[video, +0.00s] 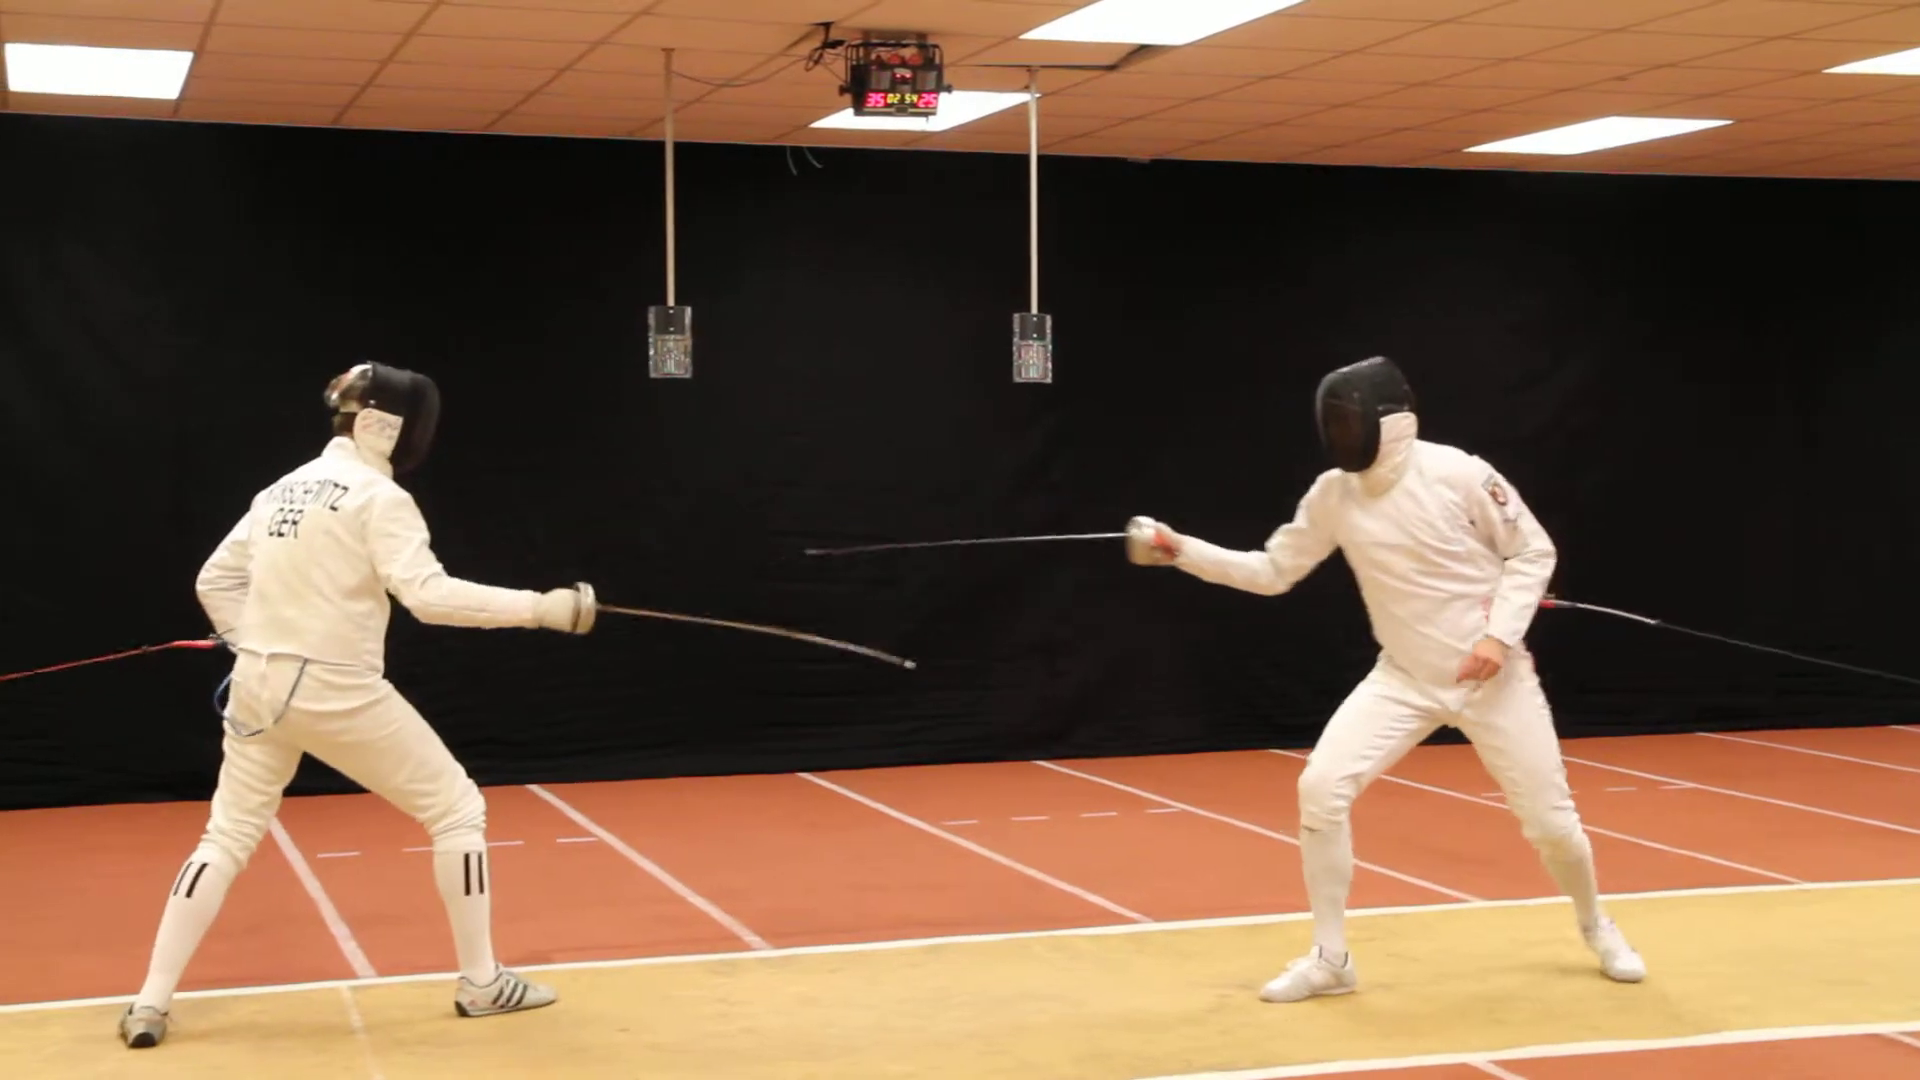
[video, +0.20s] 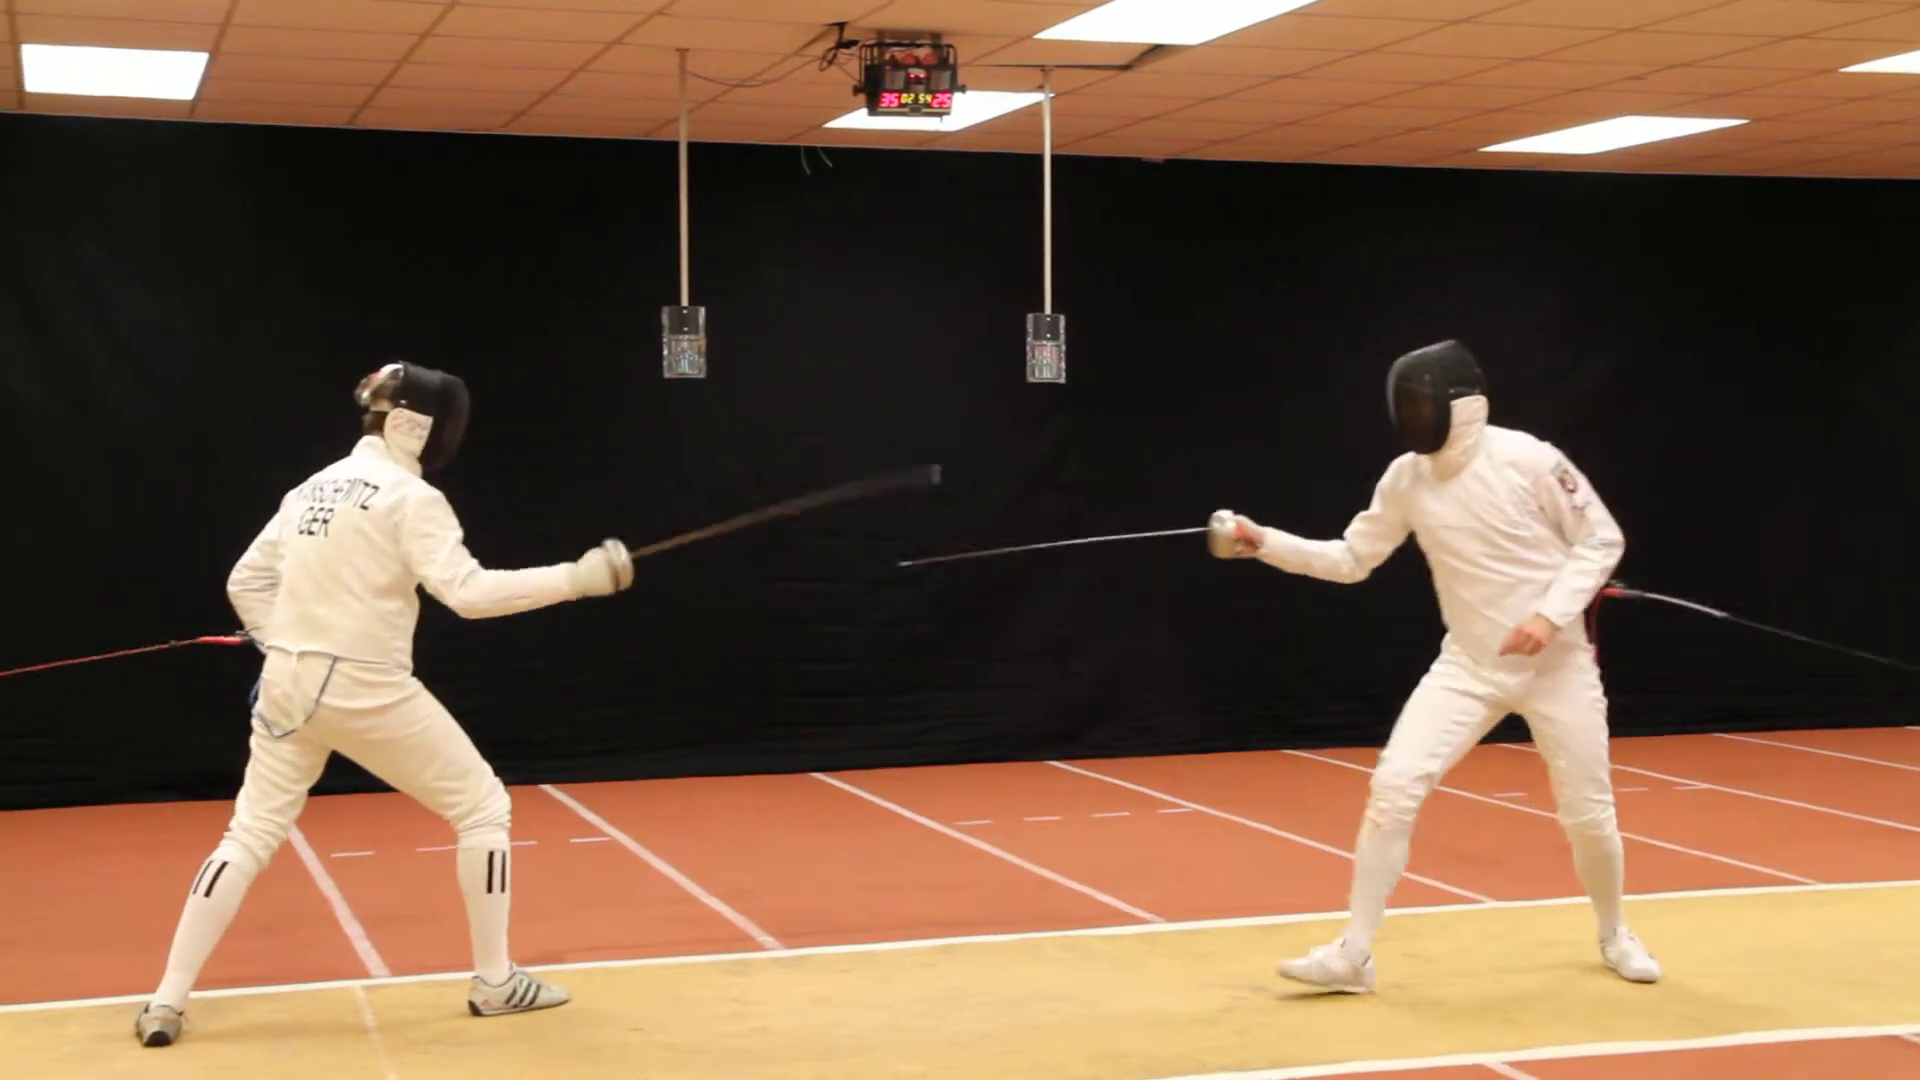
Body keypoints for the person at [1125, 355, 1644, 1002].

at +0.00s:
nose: (1339, 435)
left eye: (1351, 420)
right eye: (1335, 422)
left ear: (1390, 419)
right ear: (1334, 427)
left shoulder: (1460, 476)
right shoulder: (1334, 496)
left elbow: (1534, 554)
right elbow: (1271, 571)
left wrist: (1498, 636)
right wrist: (1178, 549)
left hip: (1496, 679)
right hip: (1402, 679)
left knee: (1554, 826)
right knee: (1321, 790)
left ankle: (1597, 929)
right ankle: (1329, 959)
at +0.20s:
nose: (1409, 417)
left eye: (1422, 403)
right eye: (1406, 404)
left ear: (1464, 402)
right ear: (1406, 408)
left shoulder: (1529, 461)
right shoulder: (1406, 480)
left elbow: (1603, 541)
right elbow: (1352, 559)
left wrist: (1549, 616)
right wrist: (1264, 543)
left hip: (1558, 665)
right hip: (1466, 666)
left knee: (1590, 815)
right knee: (1393, 788)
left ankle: (1615, 936)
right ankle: (1354, 952)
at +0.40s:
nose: (1454, 407)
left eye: (1467, 394)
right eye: (1449, 394)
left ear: (1508, 393)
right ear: (1448, 396)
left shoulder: (1567, 457)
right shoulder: (1444, 468)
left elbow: (1641, 536)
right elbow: (1381, 545)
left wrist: (1594, 610)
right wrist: (1292, 522)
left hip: (1576, 662)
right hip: (1488, 661)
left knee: (1601, 814)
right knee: (1423, 785)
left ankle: (1621, 935)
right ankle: (1447, 942)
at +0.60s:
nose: (1448, 408)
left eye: (1460, 394)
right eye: (1444, 394)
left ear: (1500, 395)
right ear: (1446, 397)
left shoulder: (1565, 459)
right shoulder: (1439, 470)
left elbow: (1634, 540)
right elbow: (1366, 537)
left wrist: (1592, 616)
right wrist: (1276, 517)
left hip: (1570, 664)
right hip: (1481, 661)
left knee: (1600, 815)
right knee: (1405, 781)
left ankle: (1626, 937)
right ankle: (1365, 944)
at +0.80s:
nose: (1394, 425)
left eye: (1407, 411)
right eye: (1391, 411)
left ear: (1450, 413)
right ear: (1393, 416)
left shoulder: (1517, 473)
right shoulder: (1388, 483)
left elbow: (1582, 555)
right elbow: (1307, 539)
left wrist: (1554, 634)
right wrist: (1205, 523)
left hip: (1529, 680)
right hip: (1437, 675)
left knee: (1576, 825)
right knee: (1358, 792)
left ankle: (1624, 937)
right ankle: (1325, 957)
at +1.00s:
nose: (1352, 425)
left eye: (1365, 411)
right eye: (1348, 412)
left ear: (1409, 409)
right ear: (1349, 415)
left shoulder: (1474, 468)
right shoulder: (1344, 483)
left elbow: (1541, 550)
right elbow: (1255, 527)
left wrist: (1512, 633)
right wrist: (1153, 509)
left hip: (1496, 675)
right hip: (1404, 672)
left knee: (1551, 825)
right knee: (1336, 792)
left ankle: (1557, 932)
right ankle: (1328, 961)